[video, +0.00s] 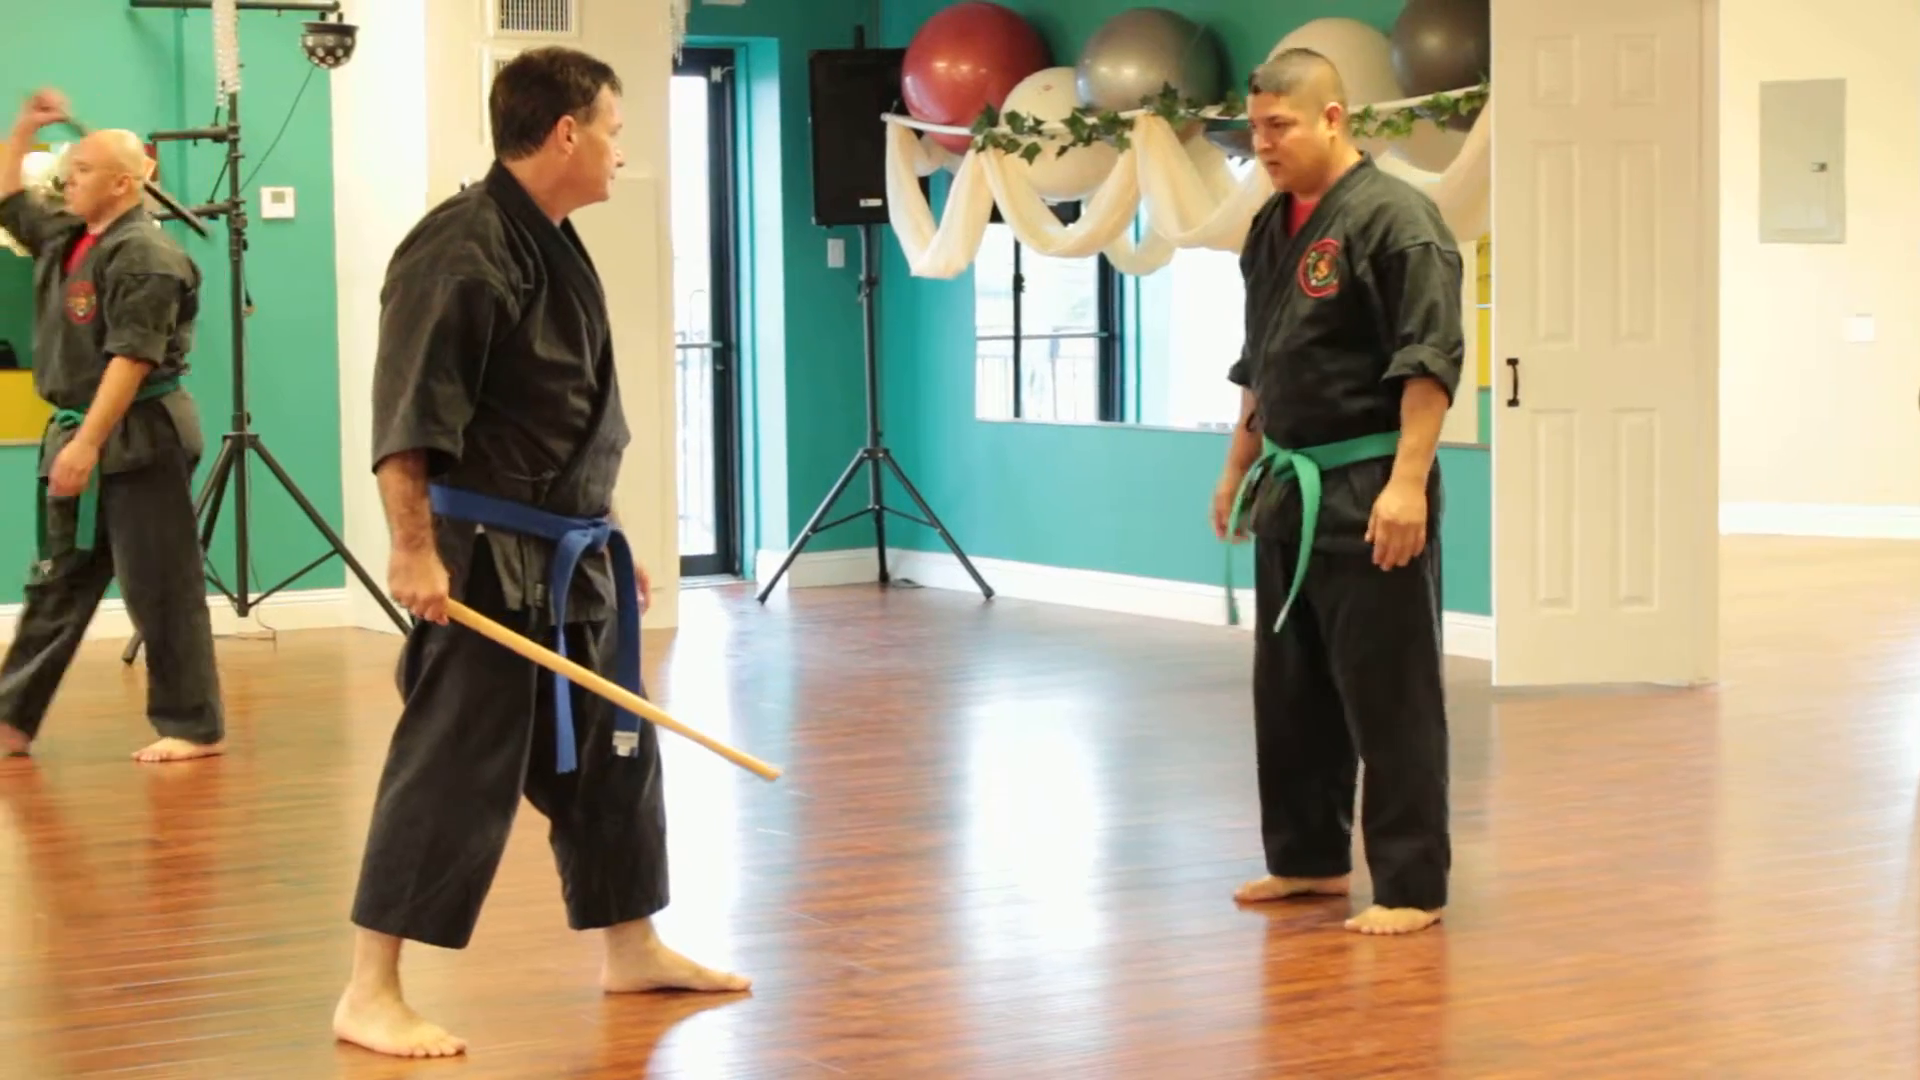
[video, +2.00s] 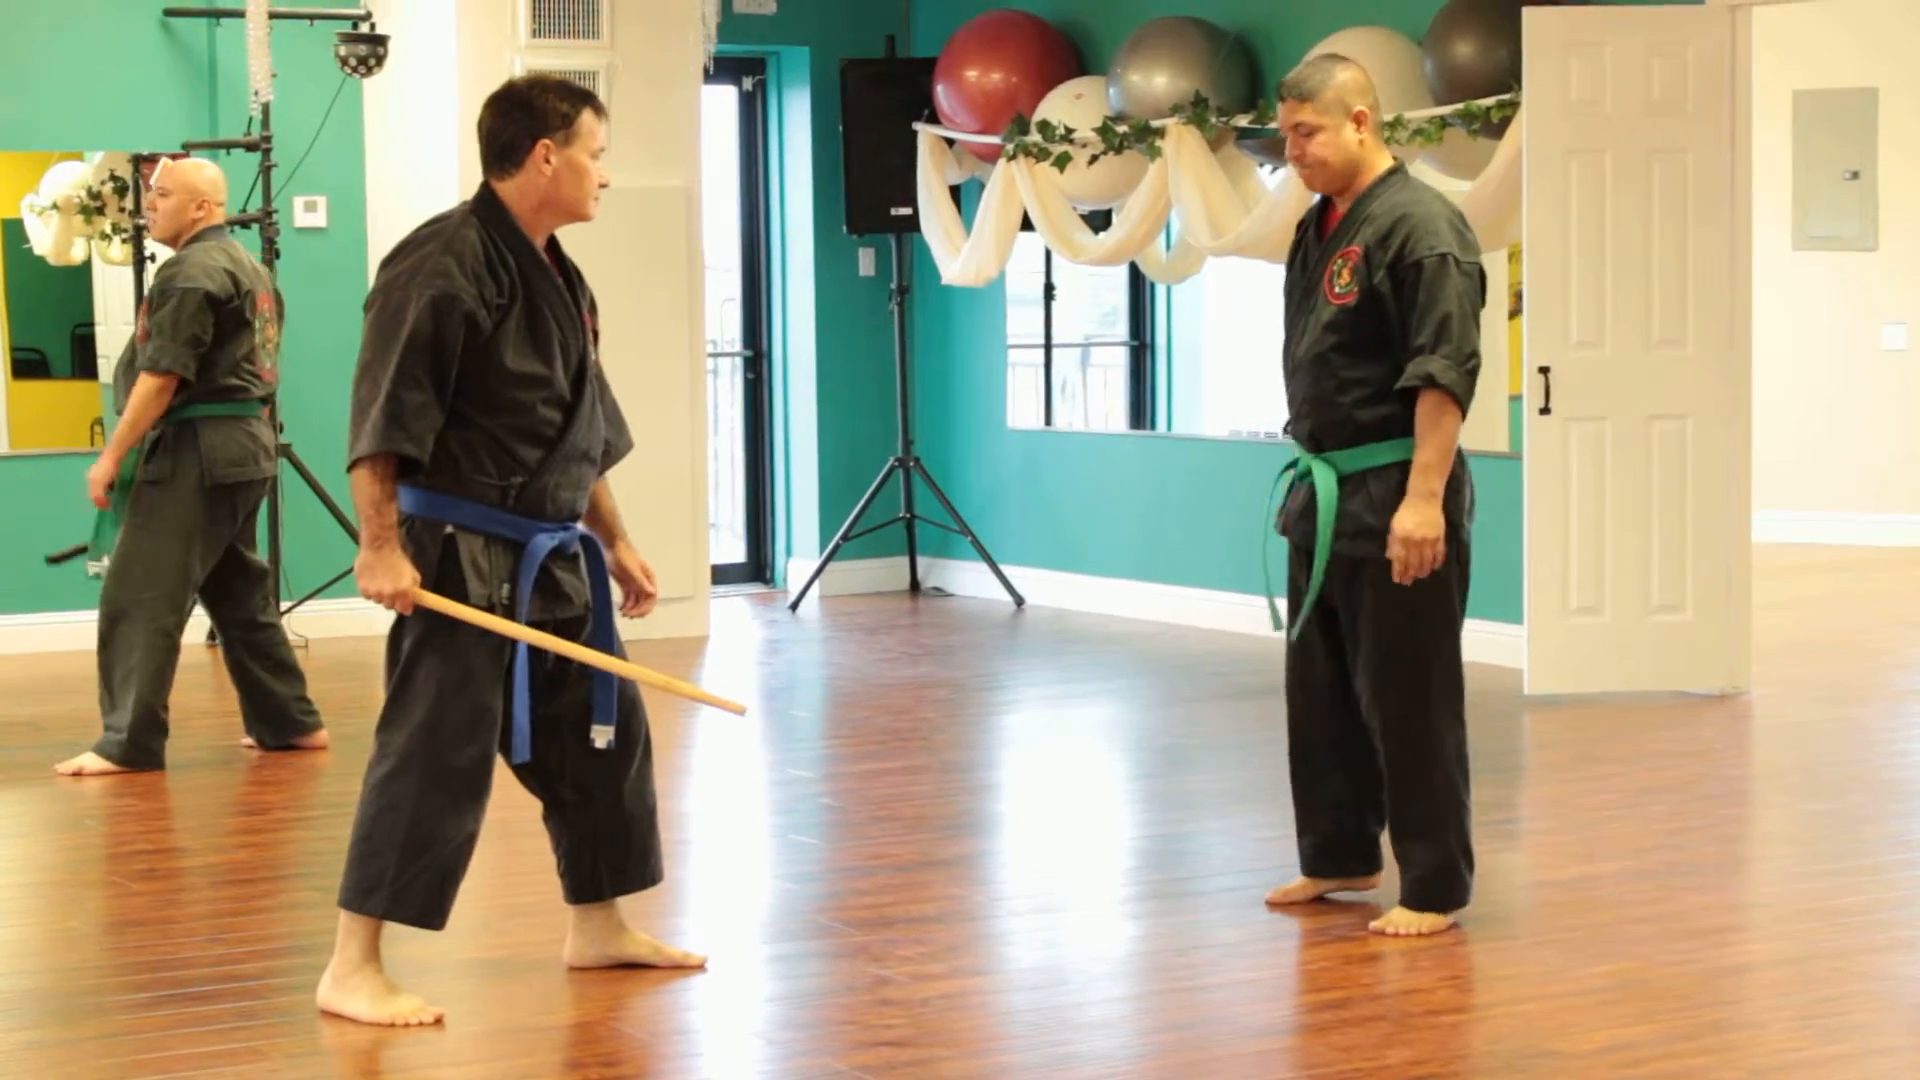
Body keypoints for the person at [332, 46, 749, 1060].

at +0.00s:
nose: (620, 156)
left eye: (619, 137)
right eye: (612, 136)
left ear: (556, 136)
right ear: (563, 134)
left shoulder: (552, 243)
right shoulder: (459, 248)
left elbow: (565, 418)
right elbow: (403, 412)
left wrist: (610, 542)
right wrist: (412, 547)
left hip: (579, 543)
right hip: (490, 546)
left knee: (612, 741)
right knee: (448, 758)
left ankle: (634, 951)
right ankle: (369, 993)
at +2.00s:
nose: (605, 175)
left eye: (605, 156)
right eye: (597, 155)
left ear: (548, 158)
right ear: (545, 156)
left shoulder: (559, 276)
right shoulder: (439, 262)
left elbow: (572, 428)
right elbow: (378, 412)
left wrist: (615, 539)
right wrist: (380, 541)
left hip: (558, 545)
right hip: (461, 543)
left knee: (600, 726)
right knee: (427, 747)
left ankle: (598, 926)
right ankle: (351, 967)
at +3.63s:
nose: (648, 194)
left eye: (647, 175)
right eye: (638, 175)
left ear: (591, 176)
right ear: (588, 175)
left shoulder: (621, 288)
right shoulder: (478, 272)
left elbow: (682, 404)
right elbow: (365, 382)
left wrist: (757, 489)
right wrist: (350, 489)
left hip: (590, 547)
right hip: (494, 541)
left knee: (672, 700)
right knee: (468, 742)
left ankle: (639, 911)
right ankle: (356, 965)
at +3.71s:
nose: (677, 201)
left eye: (677, 184)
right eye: (668, 183)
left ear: (629, 183)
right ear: (616, 181)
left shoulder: (661, 290)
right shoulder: (515, 270)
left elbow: (733, 397)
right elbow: (413, 326)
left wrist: (821, 471)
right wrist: (357, 381)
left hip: (631, 558)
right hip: (534, 553)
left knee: (699, 712)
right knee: (491, 738)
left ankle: (653, 921)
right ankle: (357, 957)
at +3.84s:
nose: (731, 201)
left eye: (732, 185)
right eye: (724, 184)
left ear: (683, 183)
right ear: (677, 182)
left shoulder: (721, 283)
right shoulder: (576, 271)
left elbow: (797, 369)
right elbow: (429, 322)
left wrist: (880, 439)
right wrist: (405, 268)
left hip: (698, 545)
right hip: (611, 542)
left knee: (737, 724)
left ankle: (655, 920)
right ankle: (444, 893)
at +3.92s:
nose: (779, 202)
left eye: (780, 184)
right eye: (771, 184)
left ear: (726, 183)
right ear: (722, 183)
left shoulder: (760, 280)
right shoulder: (627, 265)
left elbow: (832, 365)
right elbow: (499, 283)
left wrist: (910, 432)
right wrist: (483, 184)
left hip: (745, 540)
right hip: (662, 541)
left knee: (745, 728)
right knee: (739, 728)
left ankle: (656, 917)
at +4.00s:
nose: (826, 198)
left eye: (826, 182)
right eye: (817, 179)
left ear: (771, 182)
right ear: (769, 177)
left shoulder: (795, 284)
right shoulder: (685, 254)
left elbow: (861, 376)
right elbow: (604, 257)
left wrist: (931, 446)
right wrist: (592, 148)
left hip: (752, 535)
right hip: (725, 538)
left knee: (736, 730)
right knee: (862, 694)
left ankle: (655, 916)